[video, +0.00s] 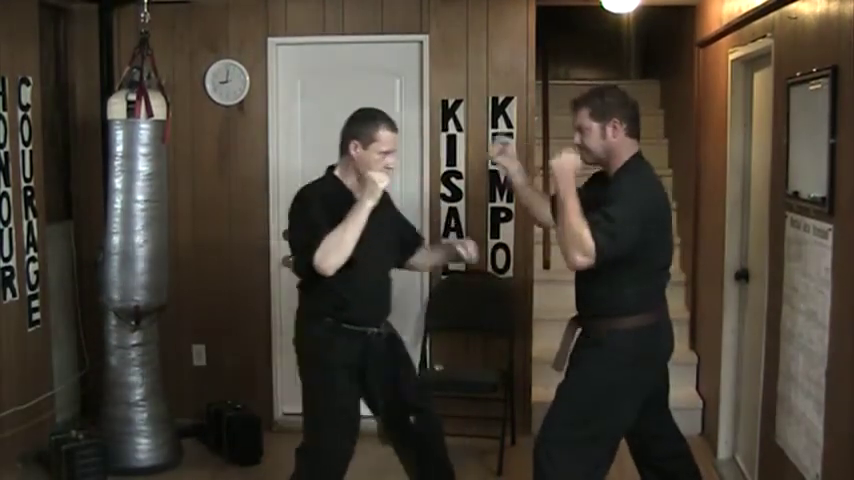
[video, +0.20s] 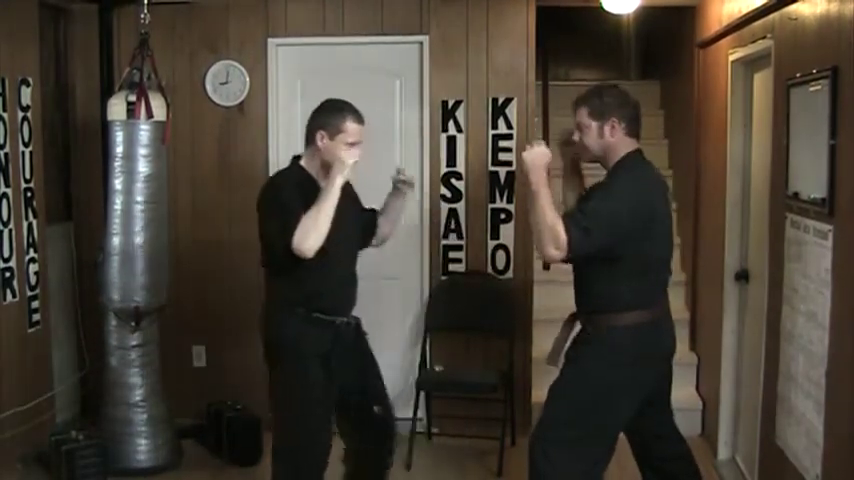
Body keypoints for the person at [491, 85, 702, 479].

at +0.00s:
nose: (575, 140)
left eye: (582, 131)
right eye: (575, 131)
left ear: (613, 130)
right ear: (612, 131)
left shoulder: (633, 188)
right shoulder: (612, 182)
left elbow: (580, 255)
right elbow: (551, 215)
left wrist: (566, 182)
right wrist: (516, 176)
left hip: (621, 342)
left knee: (558, 456)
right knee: (659, 450)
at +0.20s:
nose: (577, 139)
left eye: (582, 129)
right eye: (576, 130)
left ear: (612, 128)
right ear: (616, 128)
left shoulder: (626, 186)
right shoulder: (642, 178)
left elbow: (556, 246)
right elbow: (578, 228)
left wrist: (537, 180)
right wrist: (573, 168)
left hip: (617, 343)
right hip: (644, 337)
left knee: (554, 453)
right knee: (660, 448)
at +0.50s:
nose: (581, 134)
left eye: (587, 125)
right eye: (581, 126)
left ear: (618, 125)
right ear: (622, 126)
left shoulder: (622, 184)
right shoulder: (658, 179)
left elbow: (551, 239)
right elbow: (590, 225)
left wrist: (536, 167)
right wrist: (576, 163)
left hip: (613, 341)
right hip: (652, 335)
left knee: (553, 449)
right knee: (662, 447)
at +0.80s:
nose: (584, 136)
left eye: (589, 126)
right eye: (583, 127)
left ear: (620, 126)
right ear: (623, 126)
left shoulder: (624, 185)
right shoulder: (659, 180)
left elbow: (556, 238)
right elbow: (591, 228)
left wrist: (543, 164)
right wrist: (576, 167)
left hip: (613, 340)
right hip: (652, 335)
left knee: (555, 451)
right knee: (662, 448)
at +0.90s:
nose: (585, 136)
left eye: (589, 126)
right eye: (584, 127)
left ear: (620, 126)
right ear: (624, 126)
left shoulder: (623, 186)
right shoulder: (659, 181)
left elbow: (556, 238)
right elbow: (590, 230)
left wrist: (545, 166)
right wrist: (576, 168)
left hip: (613, 340)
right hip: (652, 335)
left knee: (555, 452)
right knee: (662, 448)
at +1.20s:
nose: (585, 135)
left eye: (590, 125)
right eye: (585, 126)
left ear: (621, 126)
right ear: (624, 127)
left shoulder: (624, 186)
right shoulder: (660, 181)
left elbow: (556, 238)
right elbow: (592, 228)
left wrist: (544, 165)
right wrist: (576, 166)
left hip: (613, 341)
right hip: (652, 336)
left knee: (555, 452)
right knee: (661, 447)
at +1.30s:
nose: (585, 135)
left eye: (590, 125)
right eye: (585, 126)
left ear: (622, 127)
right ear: (625, 127)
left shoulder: (623, 186)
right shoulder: (660, 181)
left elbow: (556, 239)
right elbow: (592, 229)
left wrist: (544, 166)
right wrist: (576, 167)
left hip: (613, 342)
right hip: (653, 336)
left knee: (555, 453)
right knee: (661, 447)